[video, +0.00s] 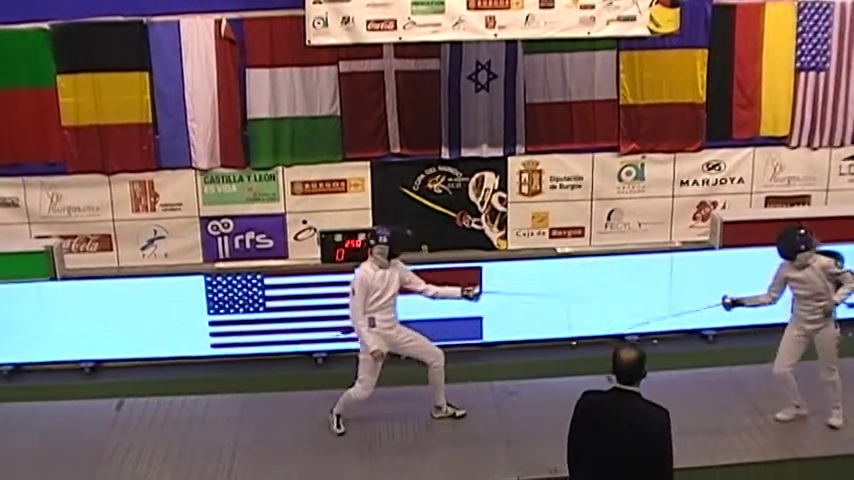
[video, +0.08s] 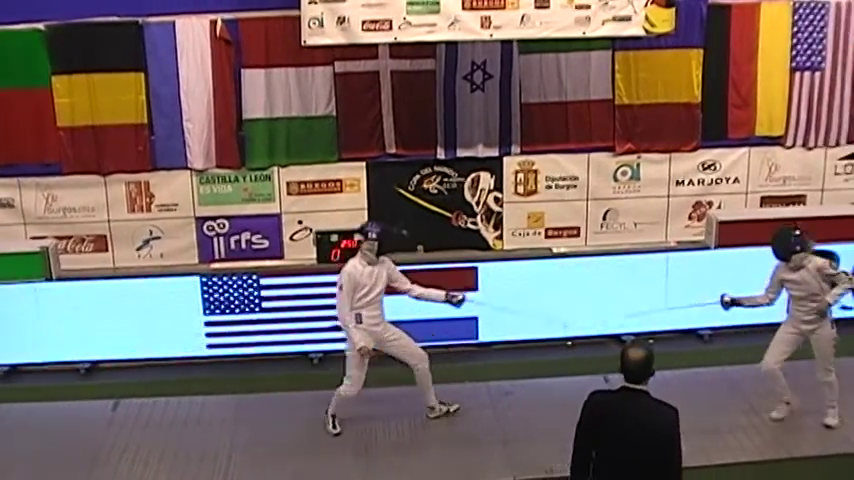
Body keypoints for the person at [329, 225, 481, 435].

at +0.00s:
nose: (381, 250)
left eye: (385, 246)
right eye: (377, 245)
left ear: (390, 248)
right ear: (370, 248)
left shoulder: (397, 269)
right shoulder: (363, 275)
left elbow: (427, 289)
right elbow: (356, 314)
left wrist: (461, 292)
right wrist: (370, 345)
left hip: (394, 330)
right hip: (371, 334)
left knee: (435, 357)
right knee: (363, 390)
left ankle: (440, 407)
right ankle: (337, 412)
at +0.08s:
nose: (370, 245)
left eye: (374, 241)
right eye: (367, 240)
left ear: (380, 244)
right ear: (360, 242)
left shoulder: (385, 266)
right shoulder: (350, 271)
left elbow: (412, 289)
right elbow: (343, 310)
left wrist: (446, 296)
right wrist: (357, 340)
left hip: (381, 328)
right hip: (358, 331)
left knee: (419, 358)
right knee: (352, 387)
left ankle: (433, 407)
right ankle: (331, 413)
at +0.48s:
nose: (336, 248)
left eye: (340, 245)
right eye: (332, 243)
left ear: (347, 248)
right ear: (326, 245)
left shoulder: (351, 270)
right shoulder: (316, 273)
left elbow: (374, 297)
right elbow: (304, 314)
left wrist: (406, 311)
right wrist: (315, 346)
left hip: (344, 331)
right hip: (321, 334)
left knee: (382, 365)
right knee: (323, 389)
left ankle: (358, 406)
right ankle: (312, 416)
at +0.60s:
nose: (335, 243)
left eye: (339, 239)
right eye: (331, 238)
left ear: (345, 241)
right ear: (325, 239)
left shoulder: (351, 264)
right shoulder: (315, 268)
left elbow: (374, 289)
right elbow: (303, 307)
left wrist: (410, 297)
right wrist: (315, 339)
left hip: (344, 325)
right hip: (321, 328)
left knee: (380, 361)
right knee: (319, 385)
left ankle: (374, 409)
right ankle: (307, 417)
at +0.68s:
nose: (334, 244)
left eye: (339, 239)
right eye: (331, 239)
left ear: (346, 242)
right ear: (326, 240)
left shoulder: (353, 263)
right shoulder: (316, 268)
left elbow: (380, 286)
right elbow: (305, 308)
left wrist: (417, 290)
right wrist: (316, 339)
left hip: (346, 326)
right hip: (323, 328)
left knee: (380, 362)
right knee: (319, 385)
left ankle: (376, 410)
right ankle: (305, 417)